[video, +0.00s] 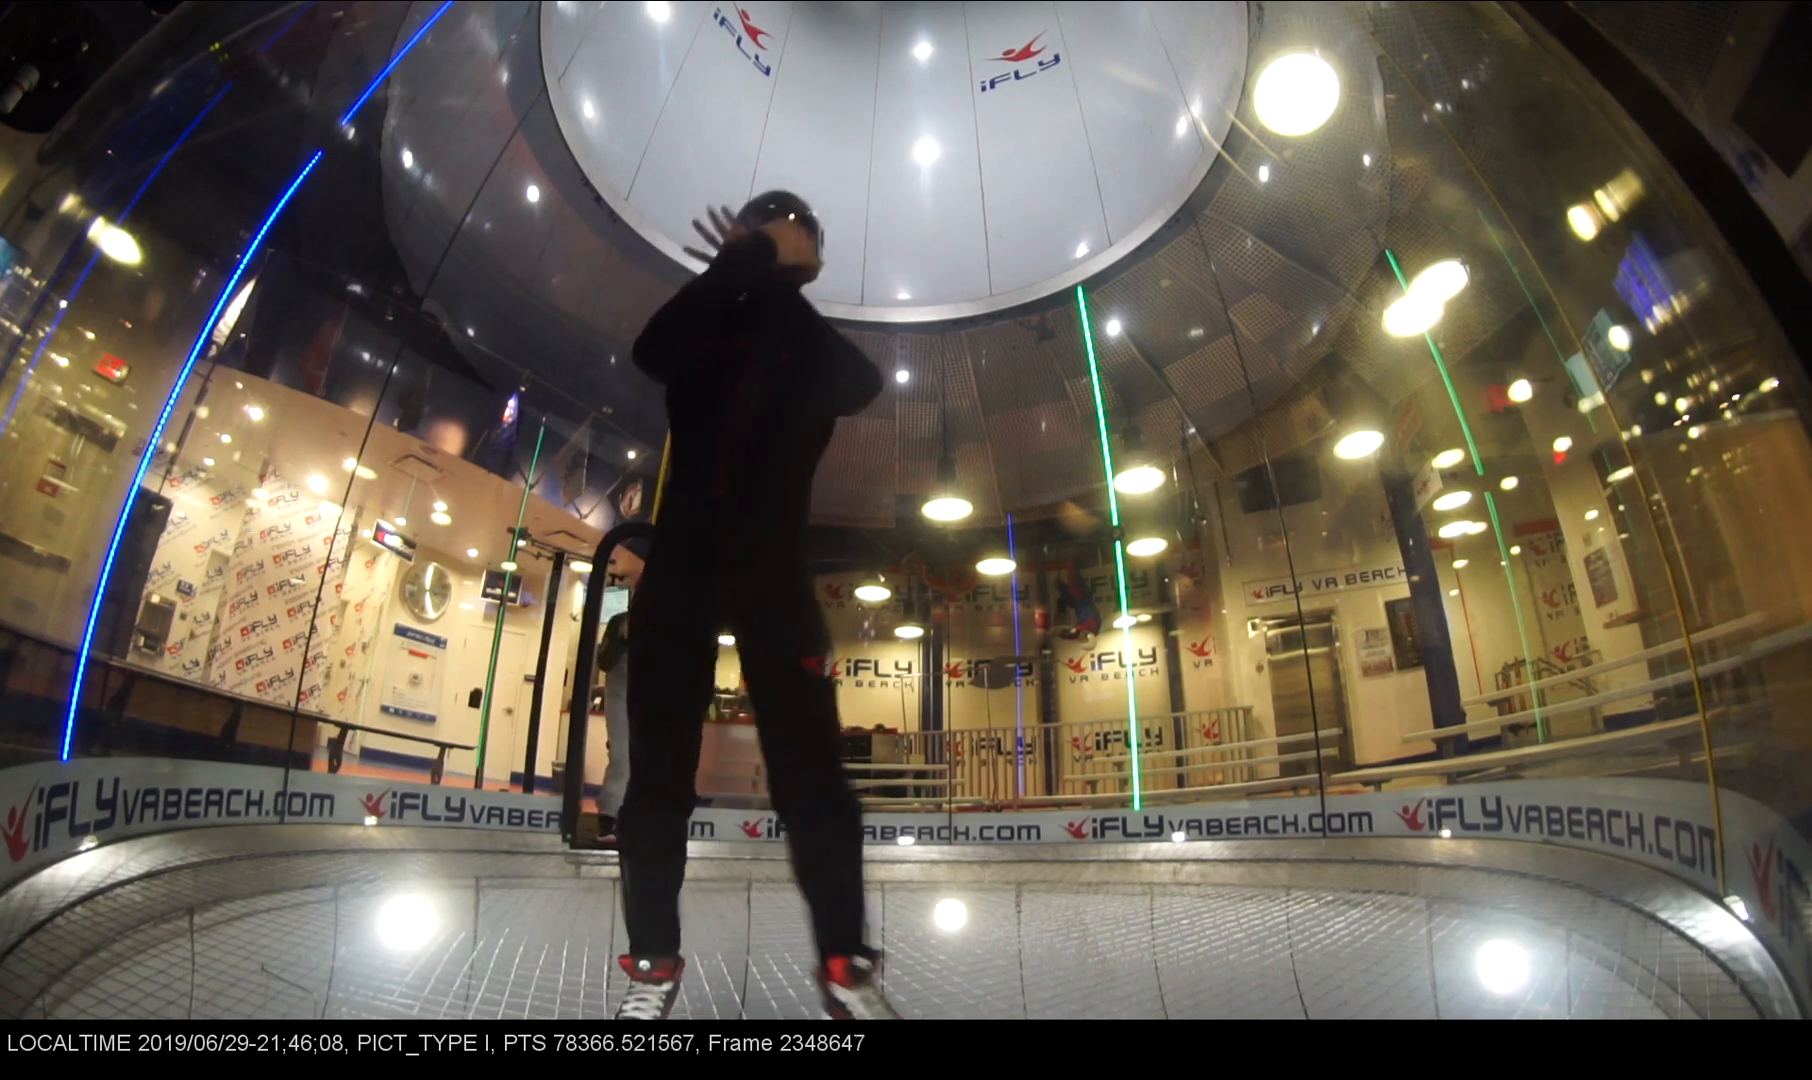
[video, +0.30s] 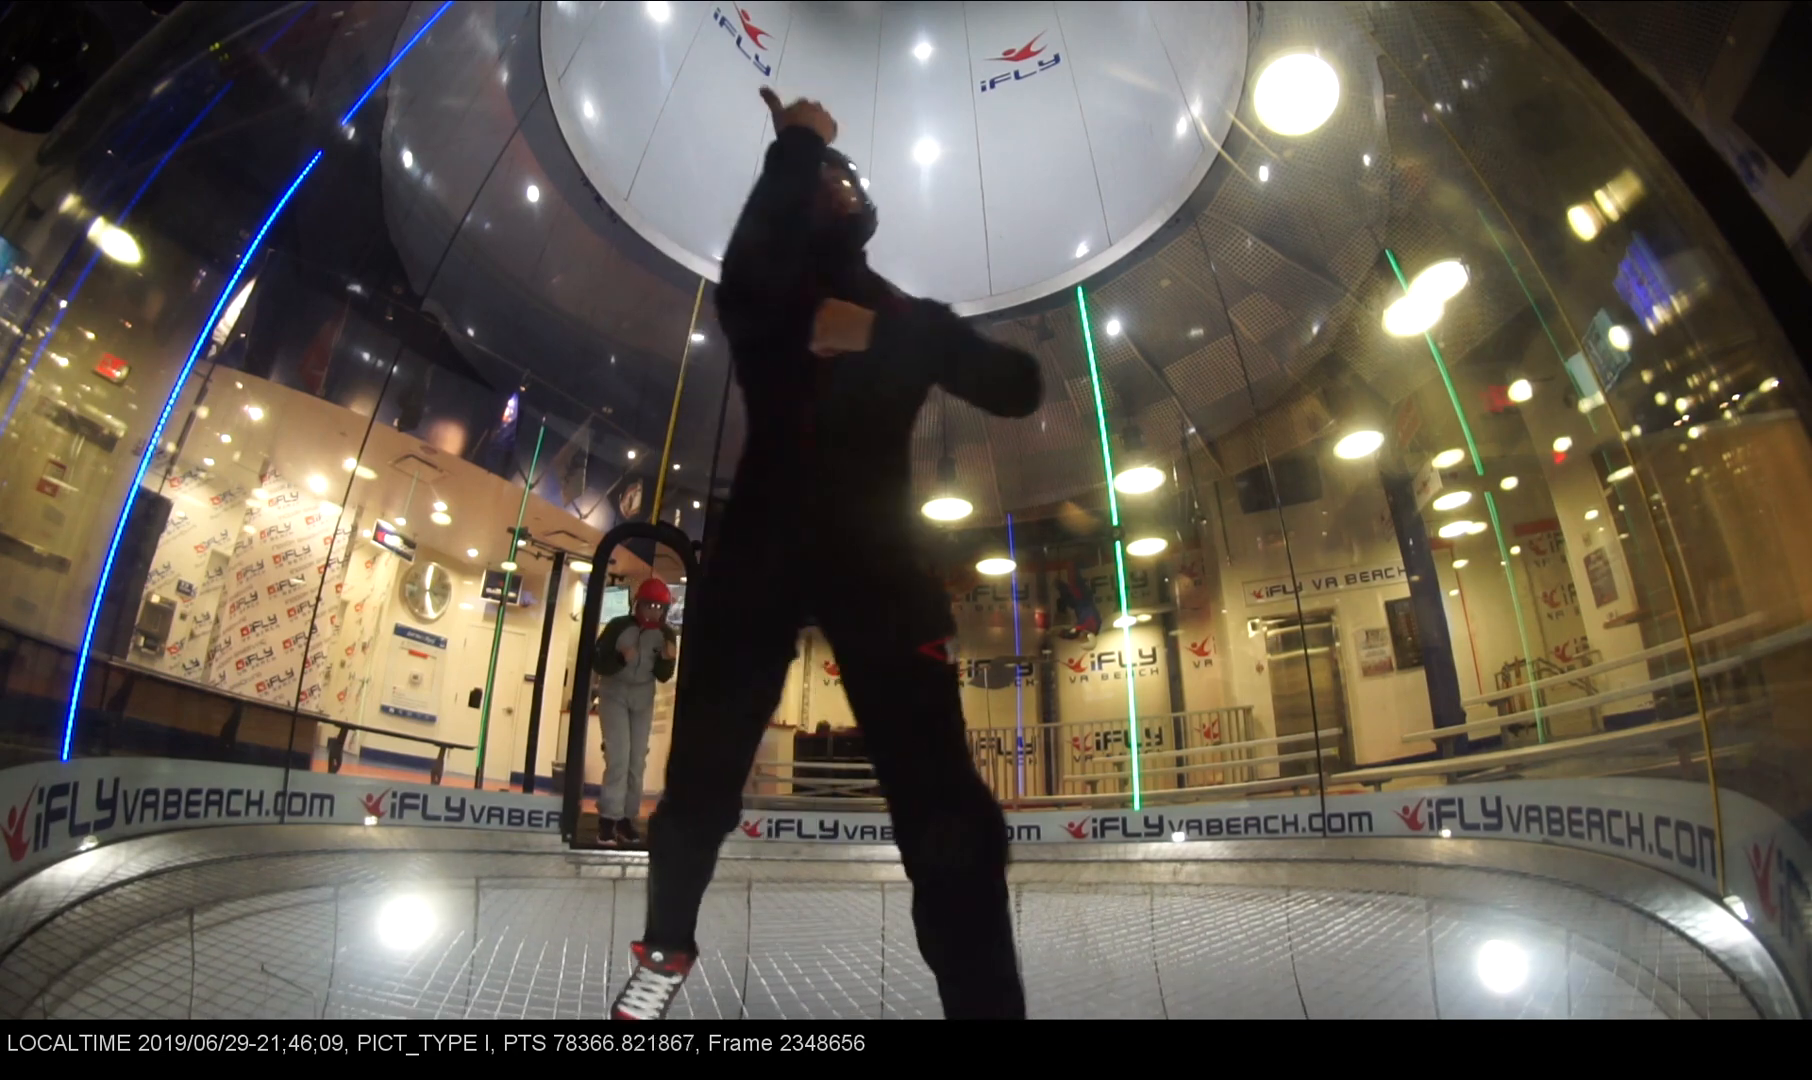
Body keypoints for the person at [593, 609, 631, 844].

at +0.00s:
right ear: (630, 598)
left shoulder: (655, 627)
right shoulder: (620, 622)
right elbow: (604, 662)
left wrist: (633, 636)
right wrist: (620, 637)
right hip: (620, 695)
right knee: (621, 754)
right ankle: (609, 814)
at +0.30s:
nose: (652, 612)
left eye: (659, 607)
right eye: (648, 605)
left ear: (664, 609)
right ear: (636, 604)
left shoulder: (664, 633)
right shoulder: (618, 626)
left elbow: (663, 675)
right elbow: (599, 664)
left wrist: (668, 656)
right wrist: (620, 658)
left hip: (643, 699)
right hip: (613, 697)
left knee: (637, 759)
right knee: (618, 757)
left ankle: (628, 819)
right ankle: (608, 820)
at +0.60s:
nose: (661, 620)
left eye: (667, 615)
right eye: (656, 613)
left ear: (673, 616)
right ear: (646, 610)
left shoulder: (670, 640)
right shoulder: (624, 628)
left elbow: (684, 659)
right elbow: (595, 650)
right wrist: (603, 655)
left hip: (646, 710)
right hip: (613, 706)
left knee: (645, 763)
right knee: (620, 761)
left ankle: (630, 822)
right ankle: (609, 822)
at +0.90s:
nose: (675, 622)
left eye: (681, 617)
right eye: (670, 614)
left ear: (687, 618)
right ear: (658, 611)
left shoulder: (684, 640)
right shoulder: (636, 628)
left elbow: (697, 644)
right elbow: (605, 639)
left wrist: (712, 648)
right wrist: (609, 650)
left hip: (658, 713)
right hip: (626, 709)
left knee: (657, 770)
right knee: (632, 770)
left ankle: (631, 822)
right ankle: (609, 821)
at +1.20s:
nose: (686, 641)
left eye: (693, 636)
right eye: (681, 633)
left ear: (700, 638)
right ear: (669, 629)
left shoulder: (694, 660)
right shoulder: (646, 646)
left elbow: (709, 665)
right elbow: (608, 652)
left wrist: (723, 664)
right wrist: (608, 659)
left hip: (668, 736)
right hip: (633, 732)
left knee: (664, 800)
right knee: (638, 799)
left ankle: (633, 823)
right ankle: (611, 817)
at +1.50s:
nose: (706, 657)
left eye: (713, 652)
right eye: (700, 650)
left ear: (720, 654)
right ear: (686, 648)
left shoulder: (716, 678)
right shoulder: (661, 668)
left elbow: (734, 689)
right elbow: (627, 679)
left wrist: (755, 676)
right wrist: (605, 683)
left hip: (683, 760)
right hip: (643, 759)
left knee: (695, 825)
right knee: (642, 826)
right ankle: (612, 819)